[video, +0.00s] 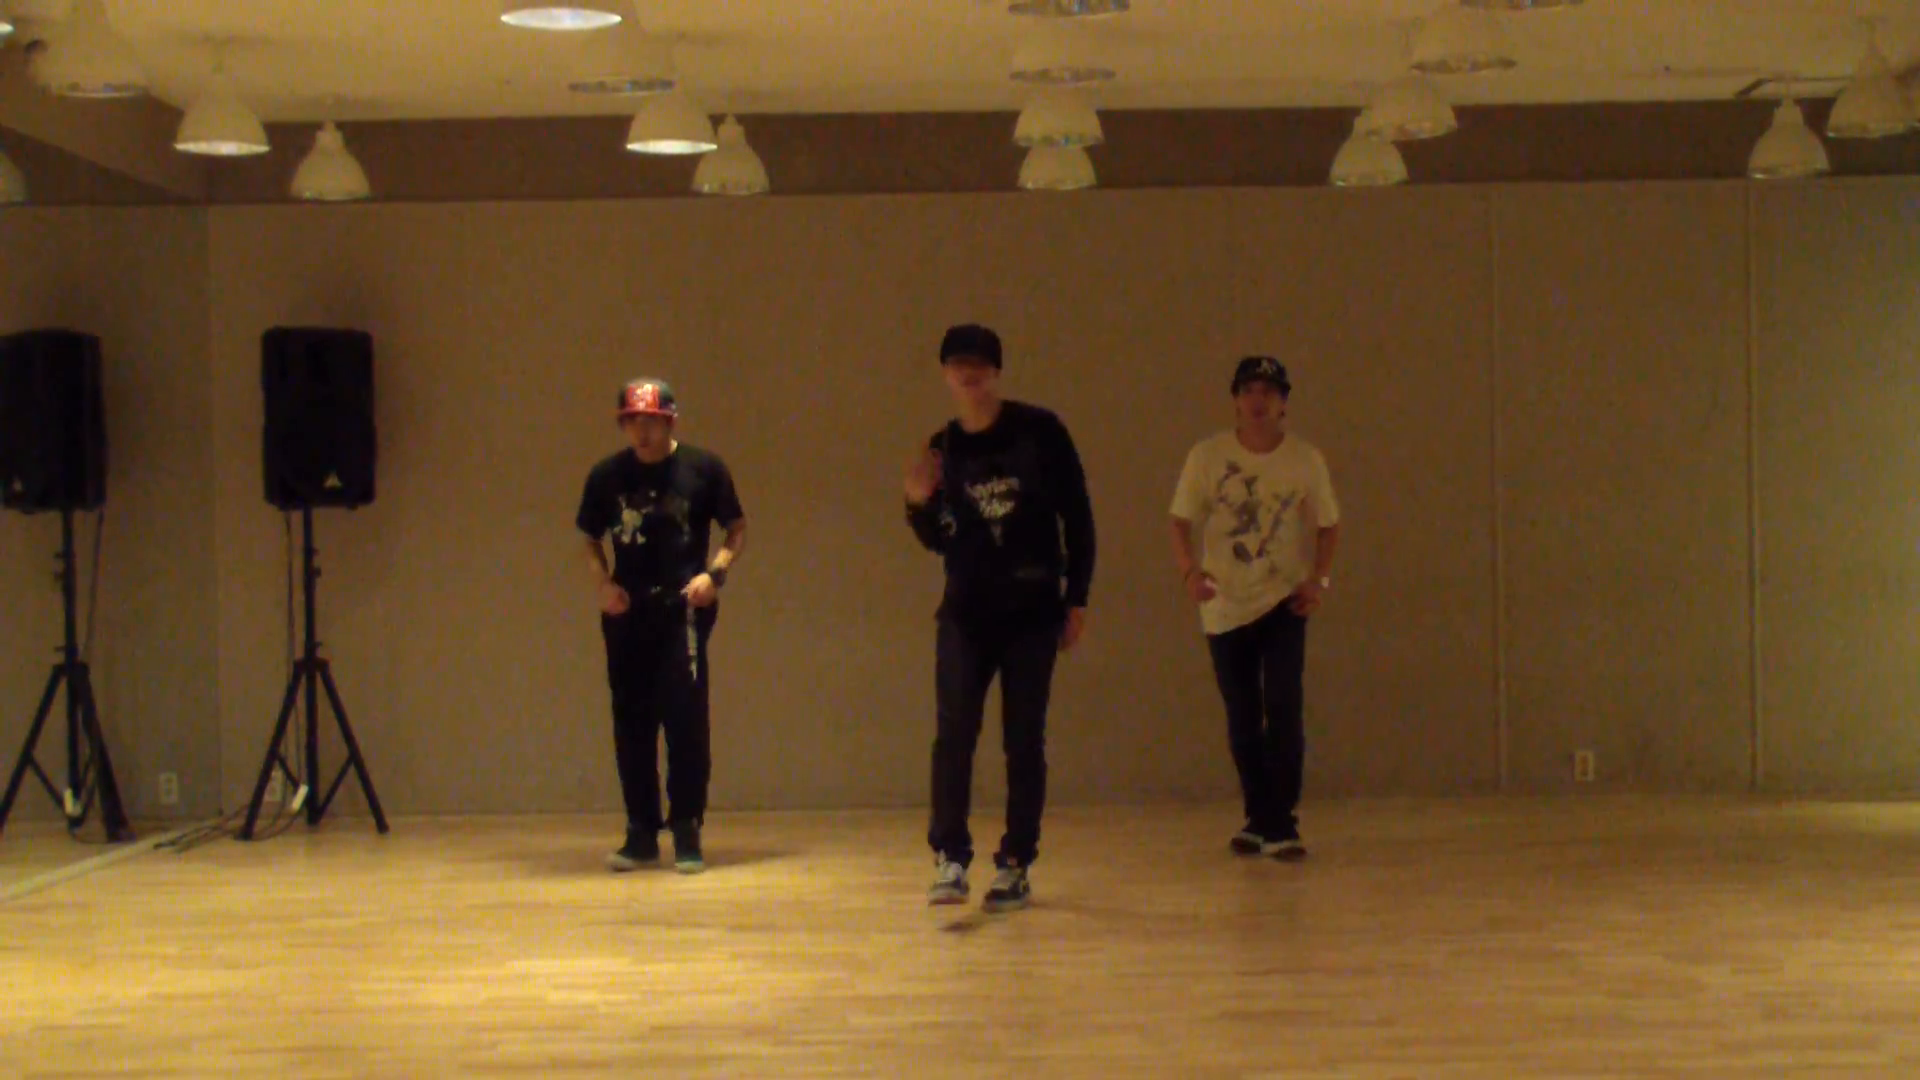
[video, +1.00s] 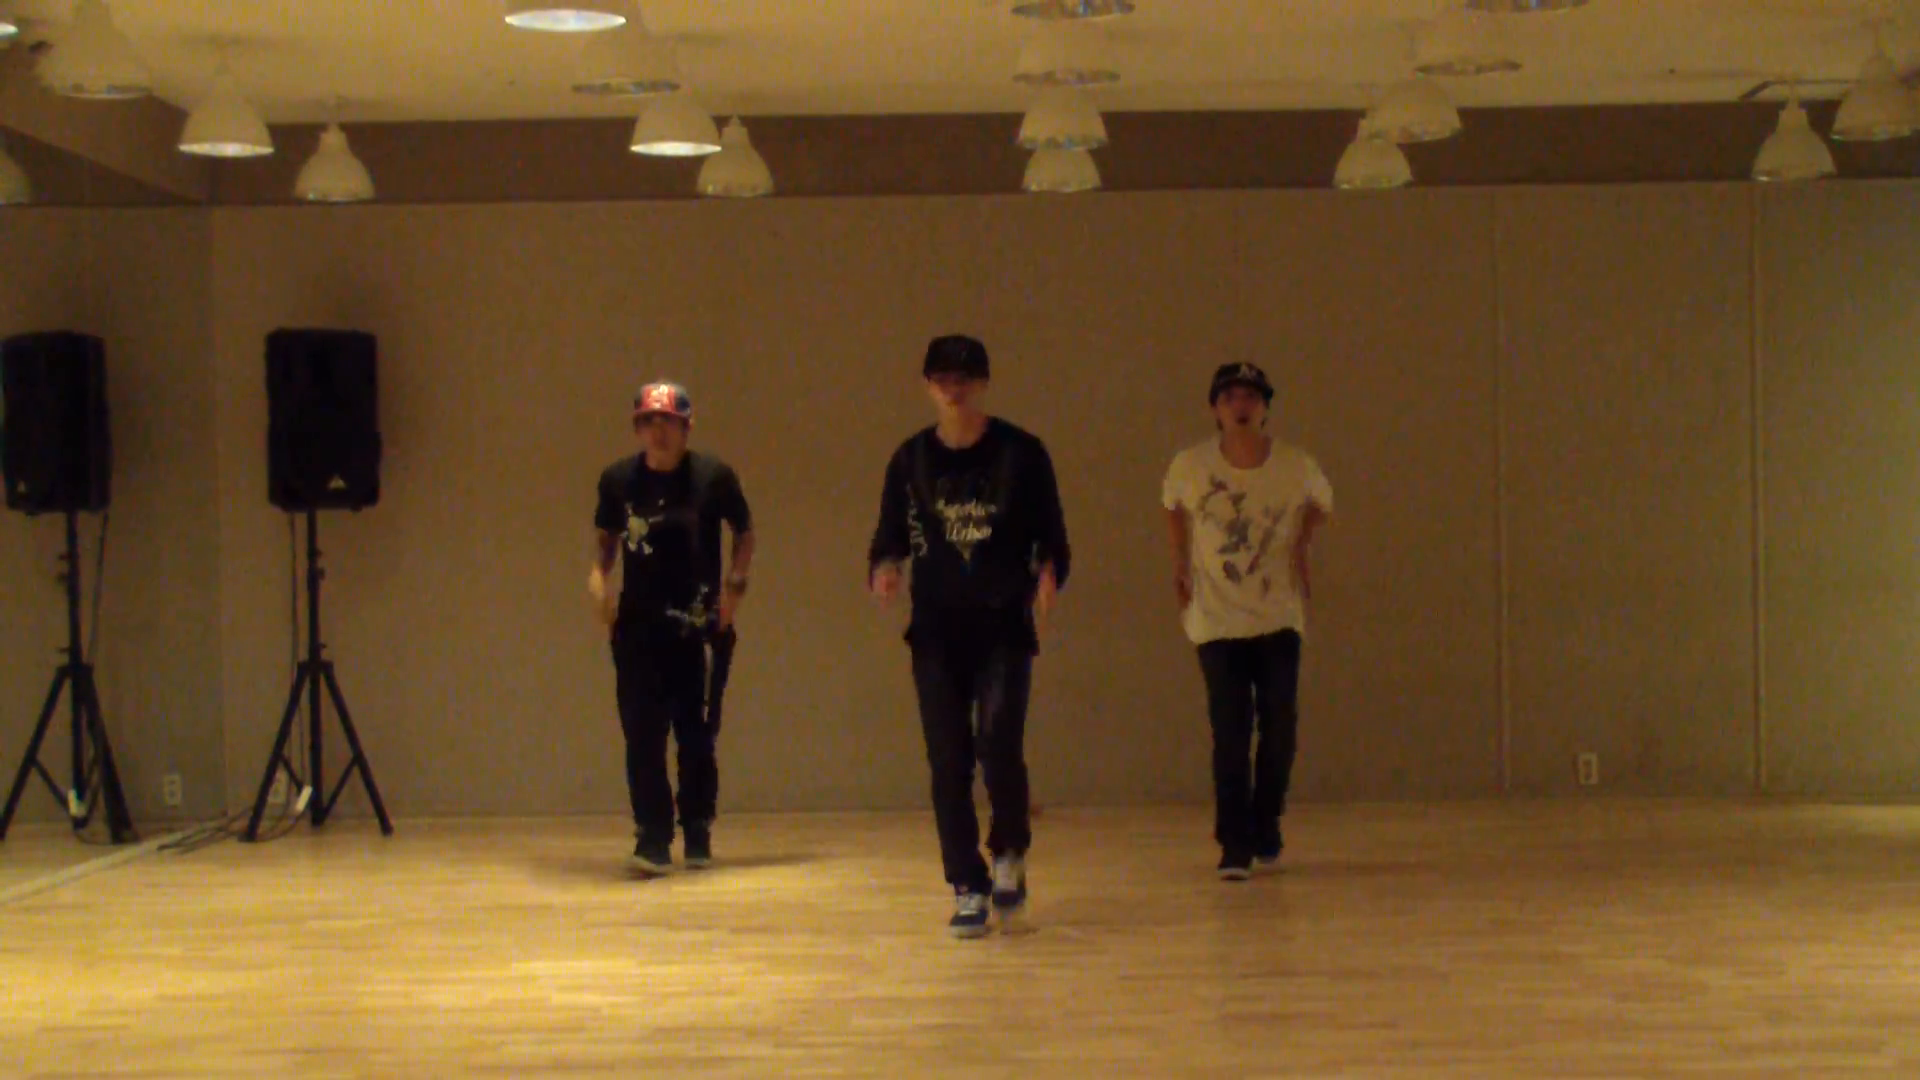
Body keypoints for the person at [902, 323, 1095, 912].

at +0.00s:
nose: (969, 376)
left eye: (979, 366)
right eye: (959, 367)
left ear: (998, 370)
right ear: (945, 374)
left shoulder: (1041, 430)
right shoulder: (943, 448)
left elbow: (1078, 517)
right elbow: (937, 540)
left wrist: (1076, 599)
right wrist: (919, 501)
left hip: (1033, 605)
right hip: (967, 606)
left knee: (1023, 738)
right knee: (954, 732)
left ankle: (1016, 860)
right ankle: (949, 857)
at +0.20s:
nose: (968, 374)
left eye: (980, 365)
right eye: (958, 363)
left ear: (996, 374)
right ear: (941, 369)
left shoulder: (1031, 431)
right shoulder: (926, 452)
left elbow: (1077, 513)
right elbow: (926, 532)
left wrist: (1076, 583)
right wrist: (920, 595)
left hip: (1023, 609)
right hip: (956, 614)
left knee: (1018, 738)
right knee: (954, 739)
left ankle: (1015, 861)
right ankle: (957, 869)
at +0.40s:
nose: (985, 370)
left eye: (996, 363)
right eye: (976, 359)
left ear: (1009, 374)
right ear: (956, 364)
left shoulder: (1026, 439)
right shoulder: (917, 442)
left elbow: (1053, 517)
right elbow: (898, 529)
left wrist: (1059, 583)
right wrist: (904, 608)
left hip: (1012, 613)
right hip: (943, 614)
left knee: (1007, 744)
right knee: (952, 750)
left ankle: (1016, 852)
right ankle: (964, 881)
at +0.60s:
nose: (984, 363)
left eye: (995, 355)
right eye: (974, 353)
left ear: (1011, 366)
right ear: (955, 362)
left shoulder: (1028, 444)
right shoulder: (918, 434)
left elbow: (1041, 532)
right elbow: (893, 523)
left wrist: (1041, 607)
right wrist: (894, 606)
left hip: (1005, 617)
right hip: (937, 616)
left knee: (1002, 751)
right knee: (949, 756)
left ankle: (1020, 861)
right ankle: (965, 884)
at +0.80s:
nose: (970, 375)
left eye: (980, 364)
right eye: (960, 365)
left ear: (998, 370)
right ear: (945, 371)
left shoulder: (1030, 447)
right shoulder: (917, 445)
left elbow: (1049, 539)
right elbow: (893, 533)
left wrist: (1044, 620)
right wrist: (892, 612)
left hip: (1005, 625)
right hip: (936, 626)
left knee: (998, 758)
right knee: (949, 760)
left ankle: (1006, 882)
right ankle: (966, 885)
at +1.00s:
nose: (952, 391)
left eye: (963, 380)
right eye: (942, 381)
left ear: (983, 384)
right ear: (928, 386)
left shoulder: (1022, 453)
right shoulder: (911, 458)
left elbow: (1053, 535)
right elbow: (891, 533)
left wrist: (1049, 578)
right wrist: (886, 565)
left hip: (1006, 625)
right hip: (937, 628)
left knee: (998, 747)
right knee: (948, 760)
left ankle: (1009, 853)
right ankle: (967, 885)